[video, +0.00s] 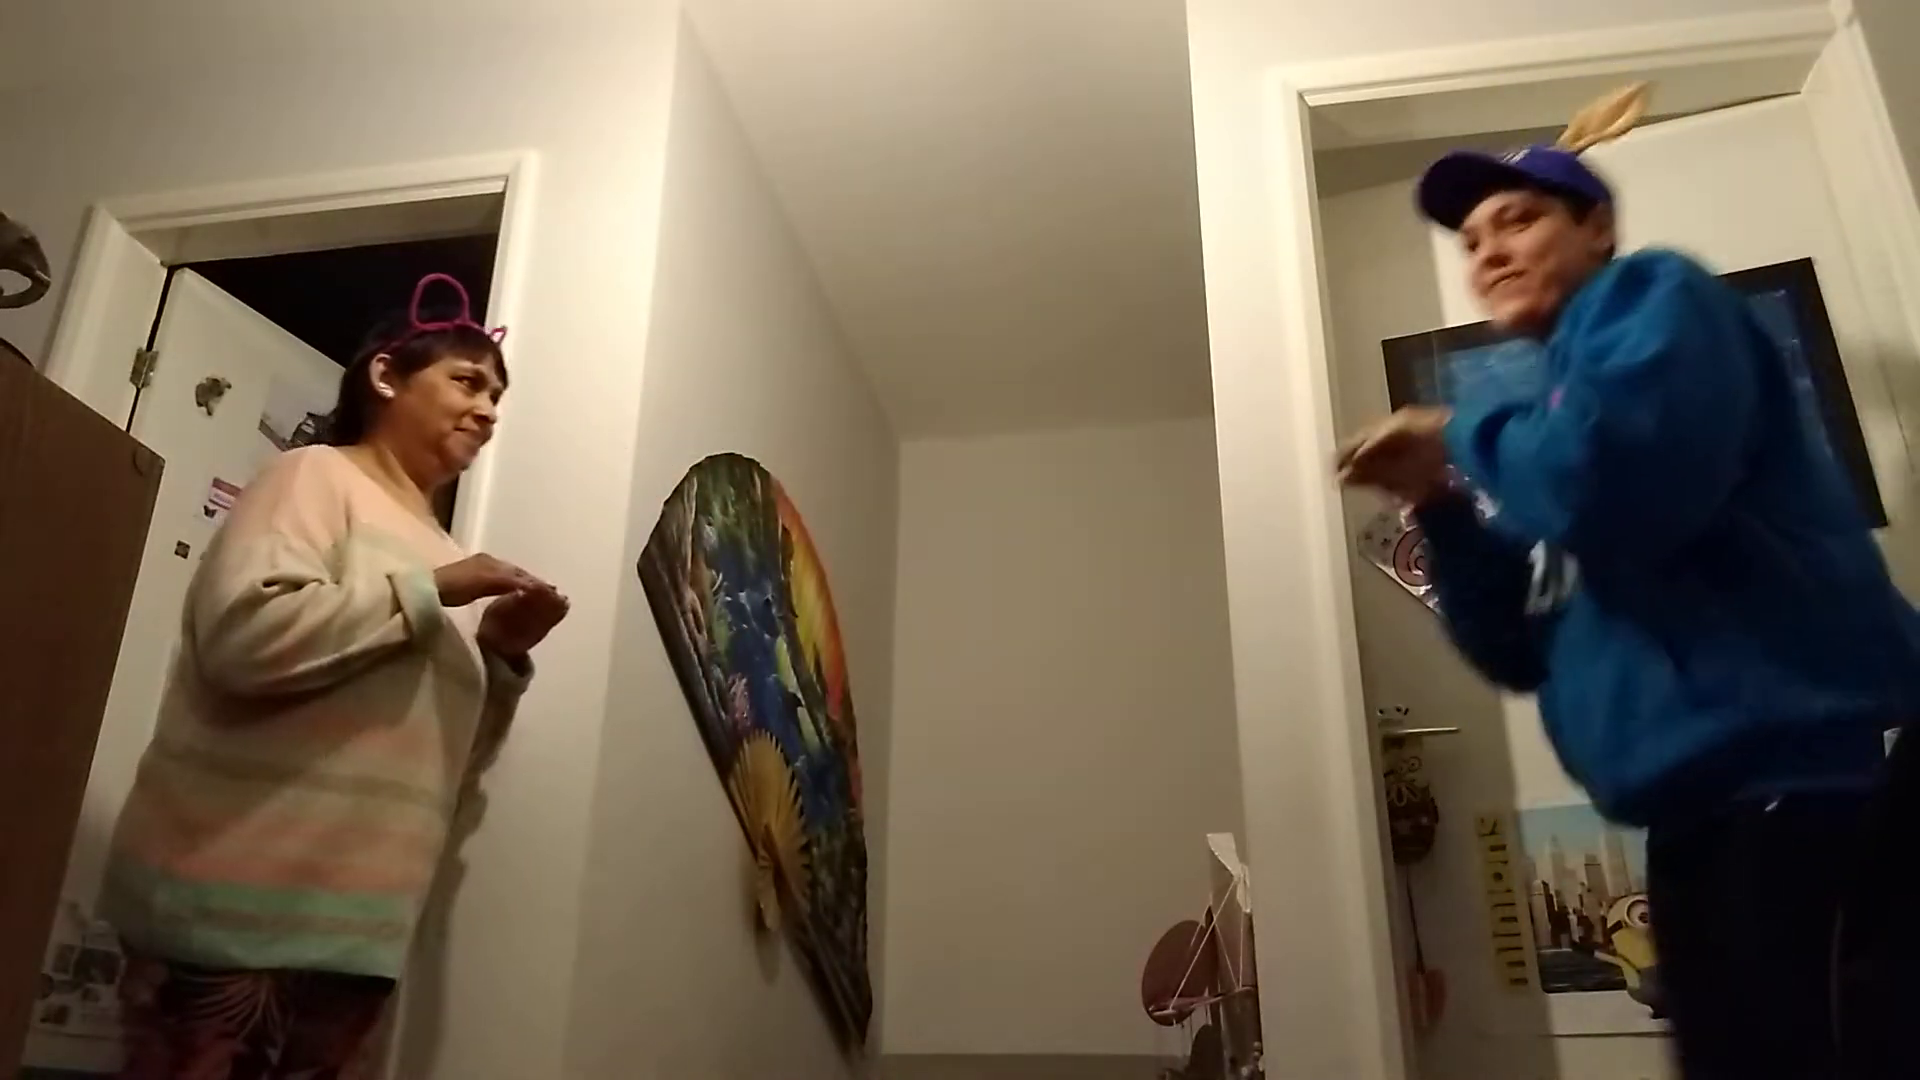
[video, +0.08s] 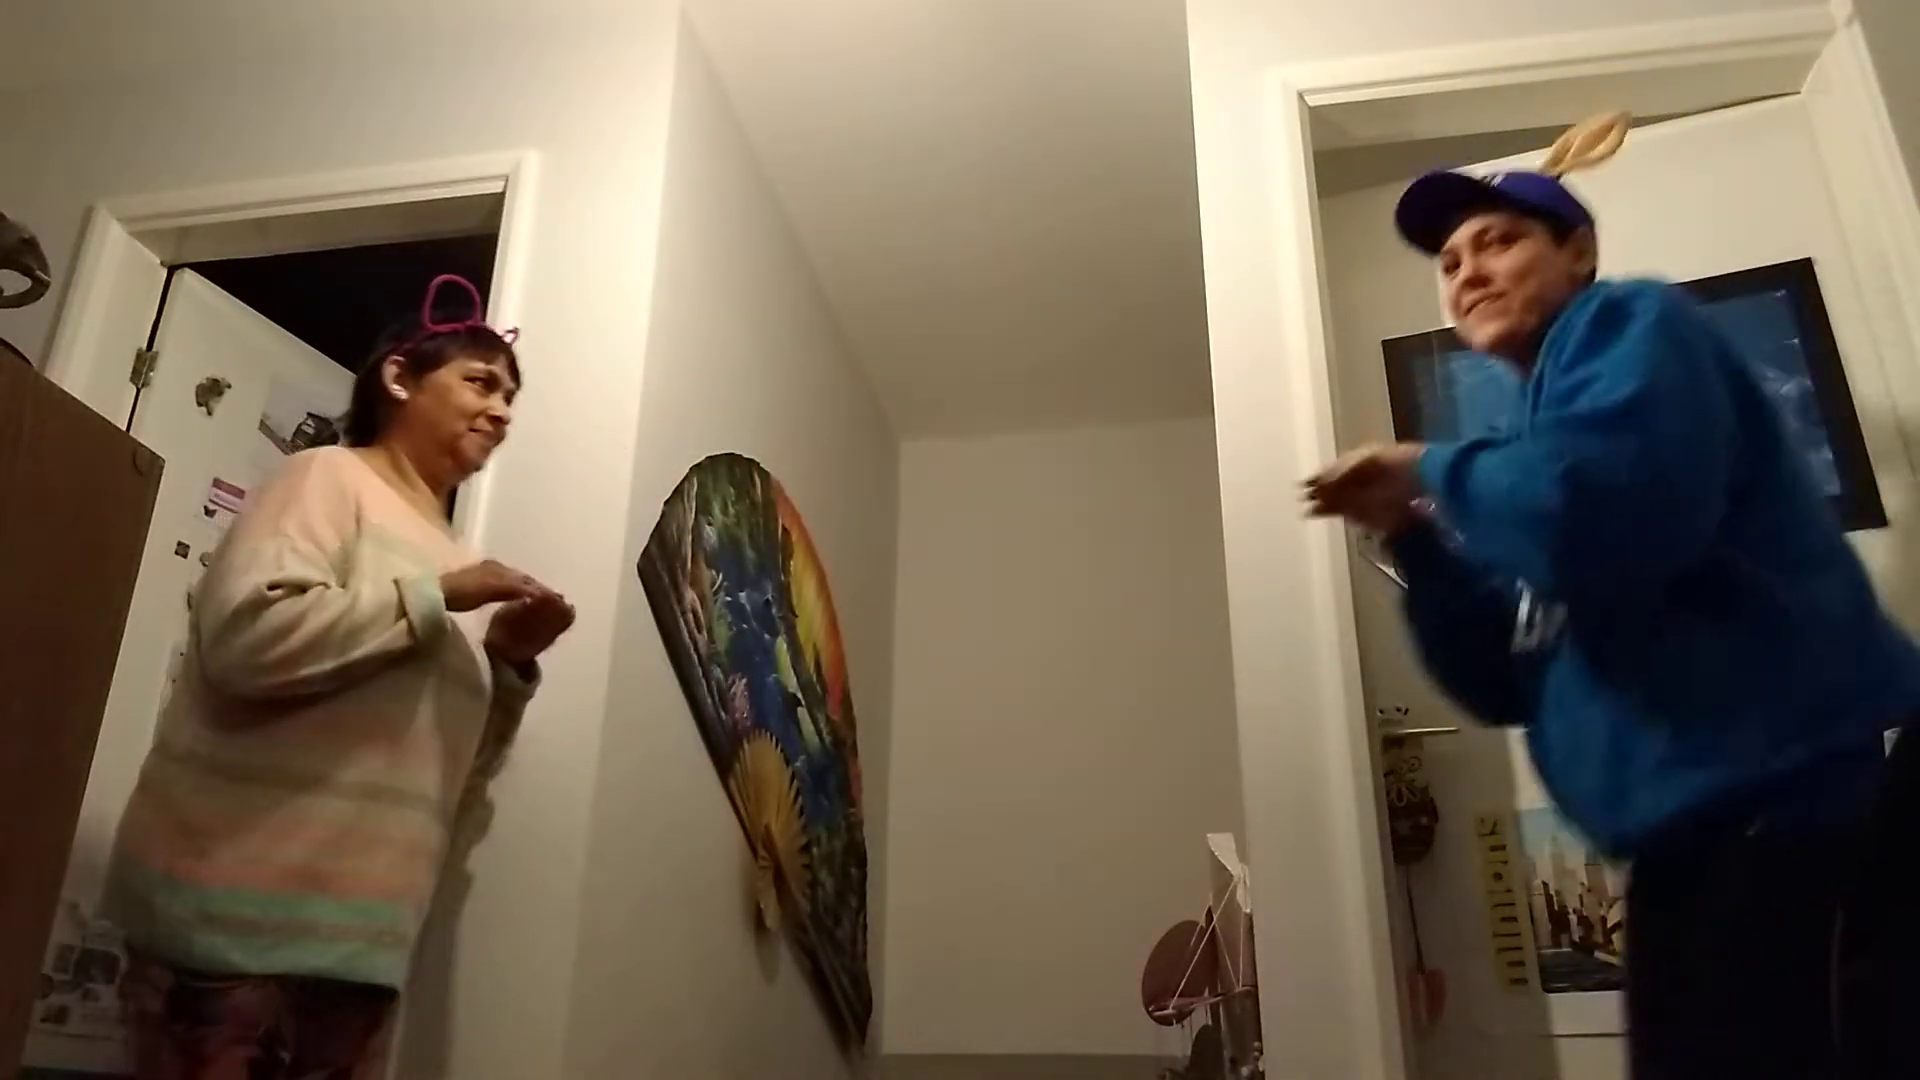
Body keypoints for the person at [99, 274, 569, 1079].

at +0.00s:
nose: (488, 410)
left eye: (495, 398)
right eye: (467, 382)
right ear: (387, 376)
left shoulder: (437, 549)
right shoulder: (312, 474)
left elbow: (443, 767)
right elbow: (242, 637)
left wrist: (500, 660)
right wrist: (431, 587)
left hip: (353, 929)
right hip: (224, 906)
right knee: (193, 1063)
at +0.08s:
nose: (501, 410)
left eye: (508, 398)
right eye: (480, 383)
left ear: (506, 420)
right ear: (400, 379)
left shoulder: (447, 552)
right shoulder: (323, 476)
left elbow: (447, 782)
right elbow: (243, 640)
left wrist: (507, 667)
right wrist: (439, 591)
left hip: (355, 939)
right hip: (229, 917)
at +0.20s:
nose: (521, 436)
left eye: (527, 425)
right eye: (500, 409)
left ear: (521, 453)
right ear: (419, 407)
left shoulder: (458, 575)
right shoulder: (345, 507)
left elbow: (445, 834)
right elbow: (247, 683)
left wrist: (517, 717)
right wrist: (441, 632)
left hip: (364, 953)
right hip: (240, 932)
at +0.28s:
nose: (535, 456)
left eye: (537, 441)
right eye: (511, 430)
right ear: (429, 434)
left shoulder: (475, 608)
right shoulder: (356, 538)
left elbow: (460, 850)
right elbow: (259, 723)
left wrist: (524, 736)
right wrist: (456, 668)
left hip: (374, 976)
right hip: (244, 946)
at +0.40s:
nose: (553, 414)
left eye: (559, 398)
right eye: (533, 387)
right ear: (451, 390)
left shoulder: (497, 548)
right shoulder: (387, 485)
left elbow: (519, 772)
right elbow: (319, 661)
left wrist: (573, 659)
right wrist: (506, 607)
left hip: (436, 925)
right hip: (318, 909)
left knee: (405, 1065)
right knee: (284, 1064)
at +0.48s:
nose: (576, 361)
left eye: (584, 346)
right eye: (558, 334)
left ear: (579, 370)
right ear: (478, 336)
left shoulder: (532, 493)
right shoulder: (421, 426)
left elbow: (561, 706)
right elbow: (375, 583)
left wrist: (604, 583)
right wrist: (546, 520)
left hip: (473, 852)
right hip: (361, 834)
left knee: (434, 1057)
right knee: (324, 1051)